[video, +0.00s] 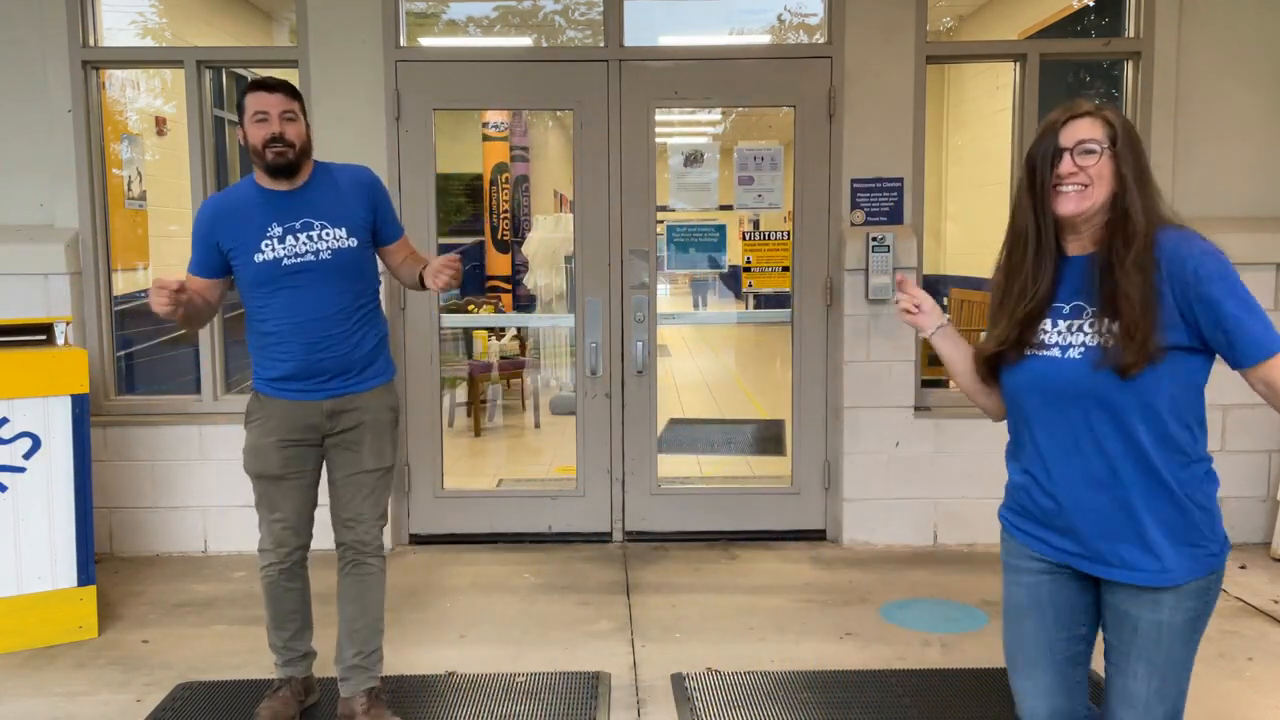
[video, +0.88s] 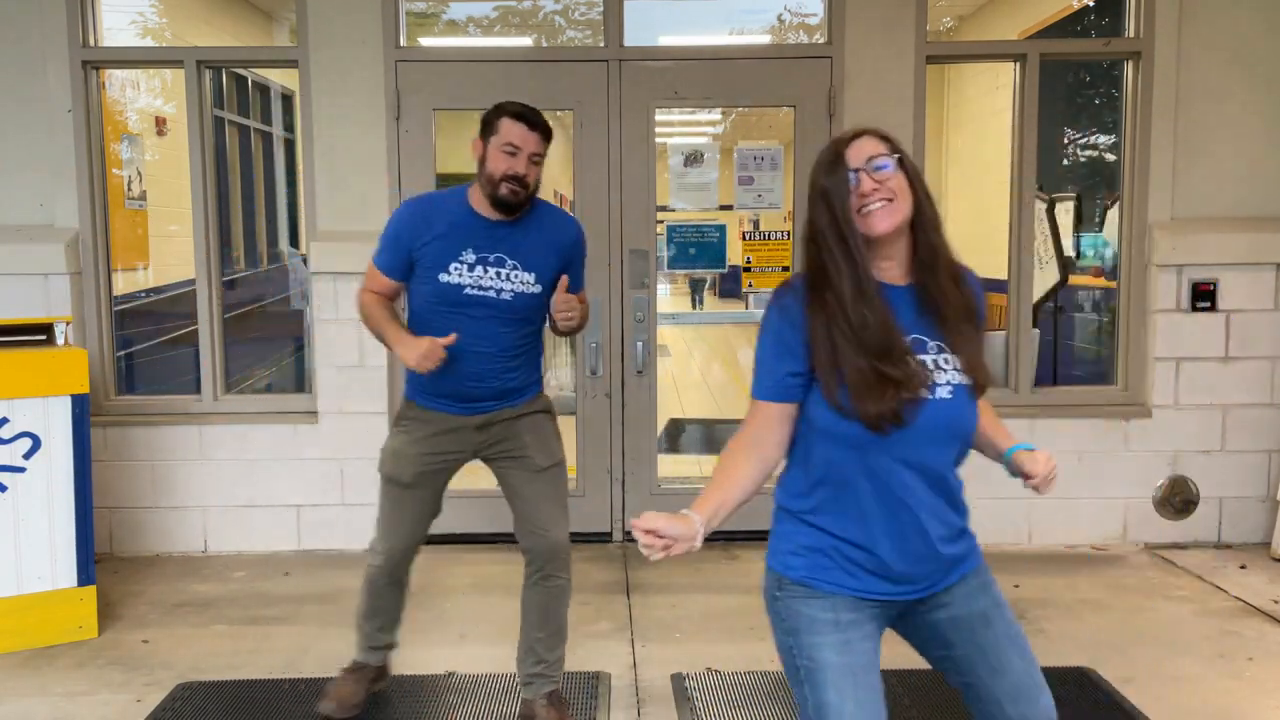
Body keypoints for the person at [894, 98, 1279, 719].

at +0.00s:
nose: (1067, 166)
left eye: (1088, 152)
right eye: (1054, 155)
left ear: (1123, 170)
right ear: (1037, 176)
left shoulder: (1178, 260)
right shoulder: (1030, 272)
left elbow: (1271, 376)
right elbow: (999, 399)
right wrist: (938, 328)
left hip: (1160, 550)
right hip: (1040, 540)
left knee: (1141, 710)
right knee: (1042, 708)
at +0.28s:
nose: (1051, 194)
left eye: (1071, 179)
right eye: (1036, 182)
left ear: (1102, 196)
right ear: (1017, 203)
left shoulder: (1167, 285)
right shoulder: (1013, 303)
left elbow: (1266, 396)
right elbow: (975, 428)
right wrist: (914, 366)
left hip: (1173, 578)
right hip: (1044, 569)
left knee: (1155, 713)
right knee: (1014, 711)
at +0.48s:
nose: (1006, 172)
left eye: (1021, 151)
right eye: (992, 168)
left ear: (1067, 153)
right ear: (988, 193)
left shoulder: (1157, 258)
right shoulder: (977, 275)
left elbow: (1206, 385)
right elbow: (928, 395)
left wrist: (1270, 397)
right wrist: (832, 426)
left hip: (1139, 542)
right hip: (1002, 532)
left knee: (1150, 710)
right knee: (963, 708)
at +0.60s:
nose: (967, 173)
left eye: (983, 152)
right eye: (953, 169)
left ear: (1031, 153)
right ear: (951, 195)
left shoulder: (1125, 257)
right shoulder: (946, 275)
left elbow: (1164, 396)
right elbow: (900, 406)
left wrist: (1200, 360)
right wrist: (798, 455)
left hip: (1100, 544)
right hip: (969, 535)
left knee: (1138, 711)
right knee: (934, 709)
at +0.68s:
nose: (949, 186)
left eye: (964, 167)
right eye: (933, 184)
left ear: (1005, 174)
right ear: (927, 215)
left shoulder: (1084, 278)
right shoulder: (912, 299)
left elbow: (1125, 419)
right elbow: (870, 429)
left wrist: (1145, 379)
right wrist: (773, 478)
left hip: (1067, 563)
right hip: (937, 562)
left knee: (1123, 712)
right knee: (912, 713)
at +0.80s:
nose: (907, 194)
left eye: (920, 177)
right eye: (888, 190)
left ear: (953, 191)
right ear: (872, 219)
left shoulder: (1008, 301)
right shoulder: (848, 315)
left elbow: (1033, 416)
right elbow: (809, 445)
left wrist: (1069, 428)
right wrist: (730, 512)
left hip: (1001, 581)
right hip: (872, 585)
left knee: (1064, 710)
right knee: (877, 711)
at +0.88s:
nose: (867, 181)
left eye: (880, 165)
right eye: (847, 179)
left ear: (911, 181)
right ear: (831, 208)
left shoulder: (956, 292)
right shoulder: (803, 302)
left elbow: (960, 396)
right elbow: (763, 435)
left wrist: (1012, 451)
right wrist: (697, 520)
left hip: (941, 560)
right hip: (824, 570)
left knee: (1030, 710)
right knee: (848, 713)